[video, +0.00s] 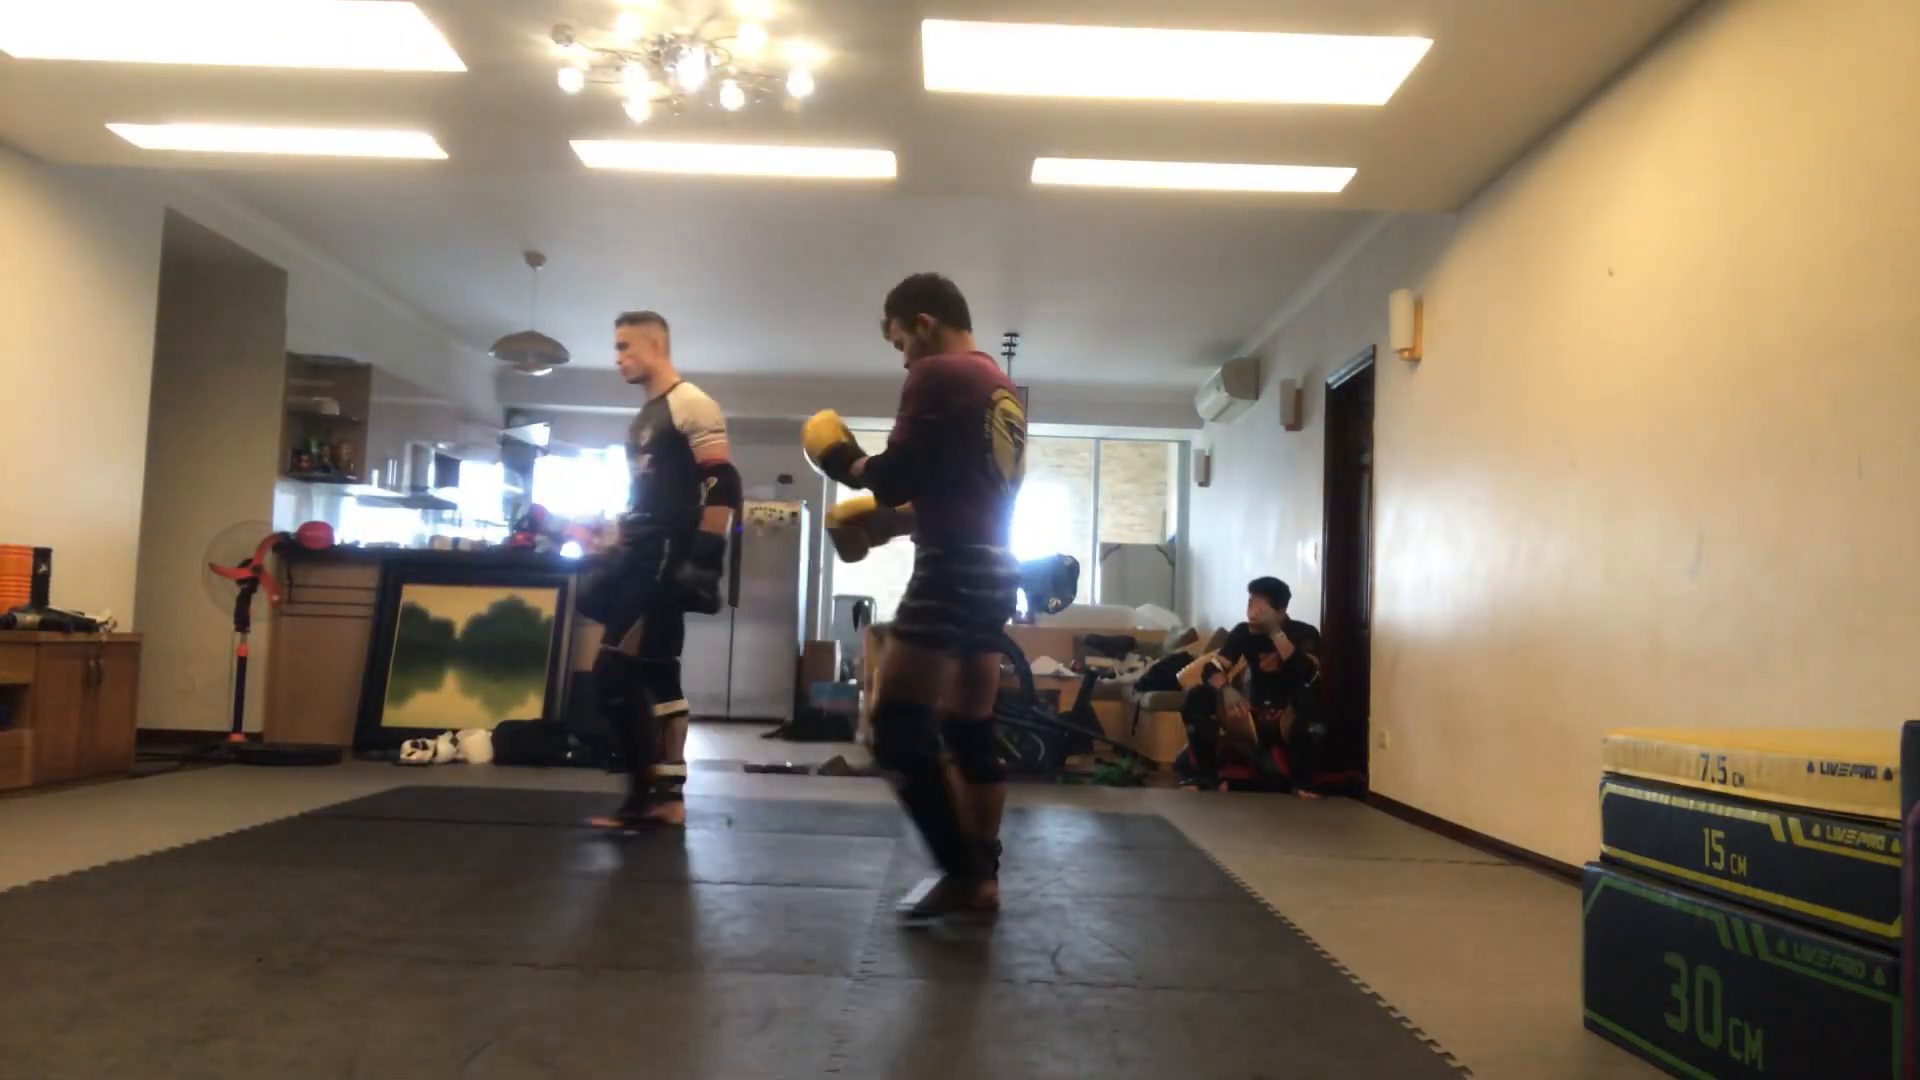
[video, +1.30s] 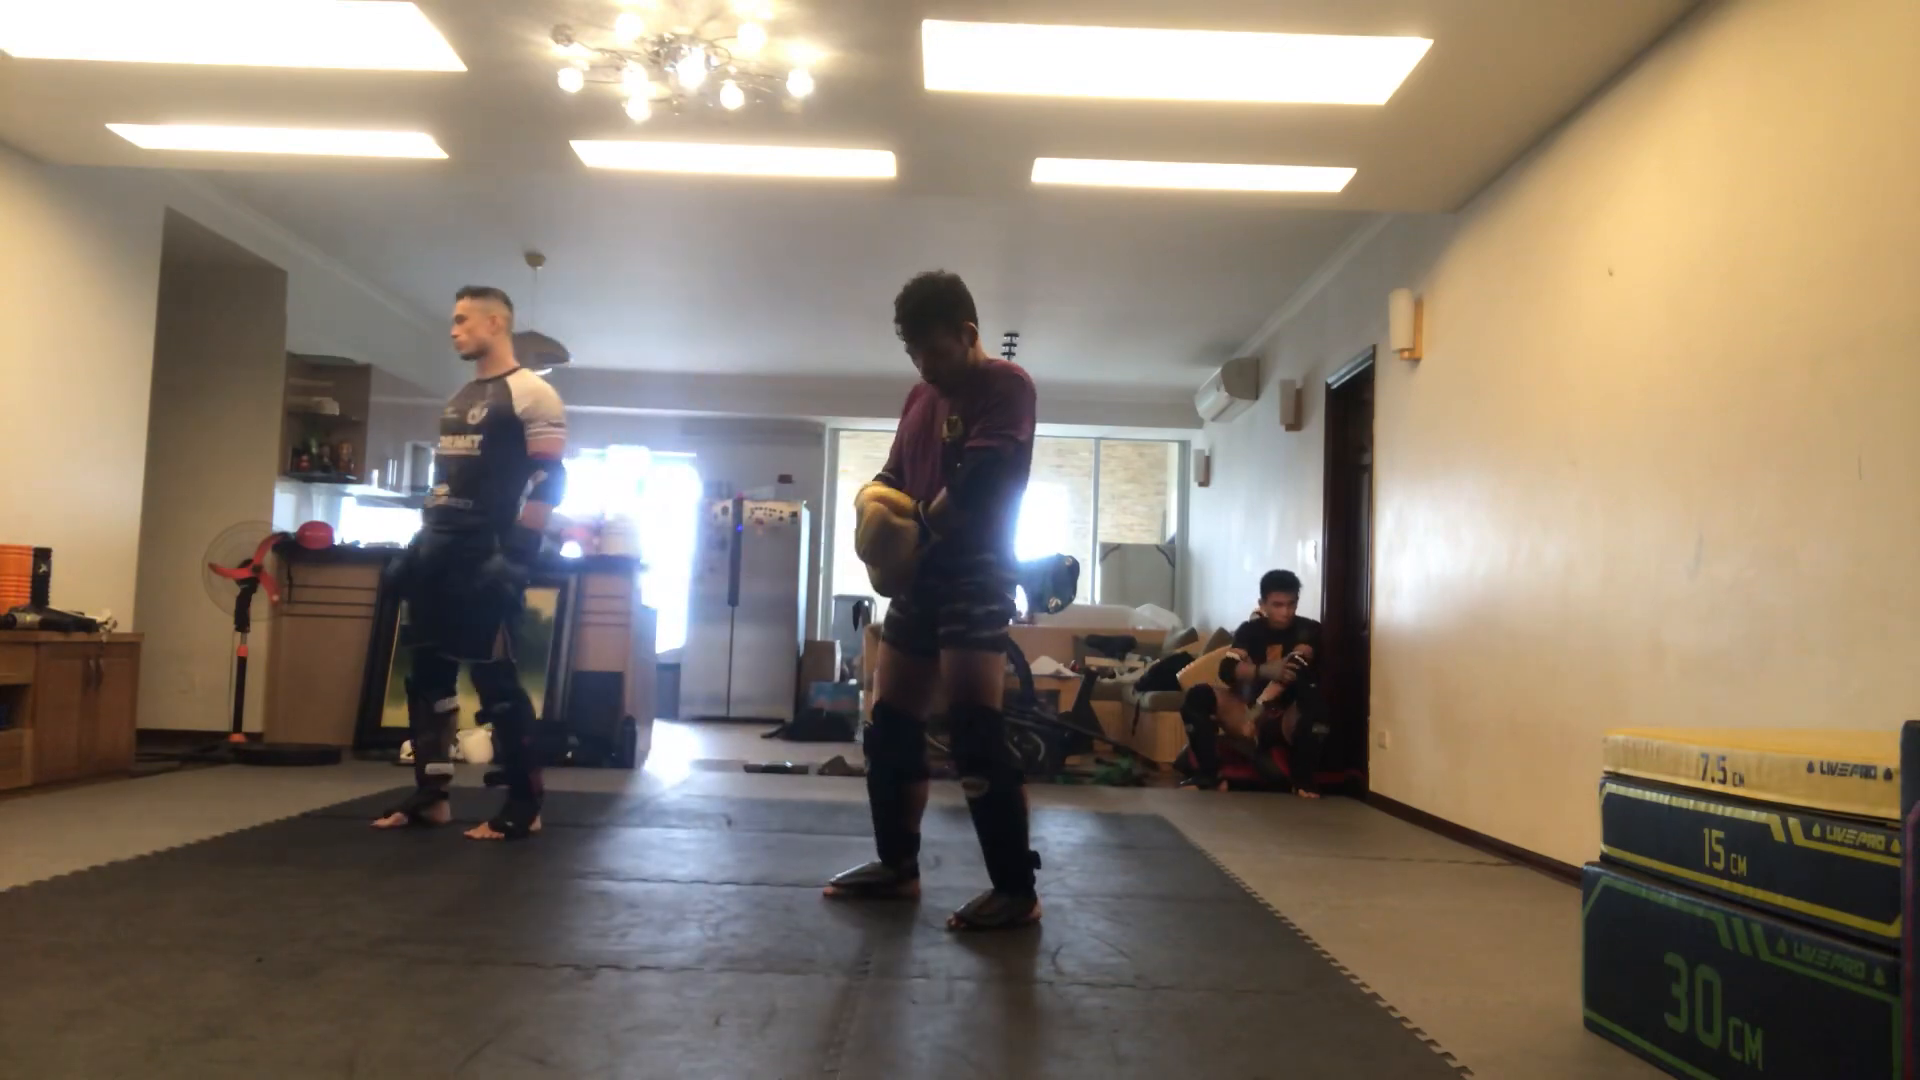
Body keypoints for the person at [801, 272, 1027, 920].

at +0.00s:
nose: (901, 354)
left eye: (899, 340)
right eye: (896, 342)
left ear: (924, 324)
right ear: (951, 326)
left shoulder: (935, 374)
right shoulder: (1000, 382)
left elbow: (897, 474)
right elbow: (965, 490)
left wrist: (841, 459)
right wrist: (880, 522)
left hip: (947, 568)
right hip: (992, 568)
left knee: (898, 723)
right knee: (971, 727)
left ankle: (960, 873)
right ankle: (979, 880)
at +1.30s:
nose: (921, 364)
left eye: (928, 348)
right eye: (912, 350)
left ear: (967, 333)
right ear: (908, 343)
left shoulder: (1005, 385)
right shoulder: (922, 395)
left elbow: (976, 487)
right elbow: (893, 476)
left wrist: (914, 532)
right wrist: (878, 510)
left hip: (977, 579)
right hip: (919, 580)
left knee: (974, 730)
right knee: (891, 725)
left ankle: (1015, 892)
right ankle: (896, 867)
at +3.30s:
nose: (915, 337)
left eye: (922, 323)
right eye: (915, 325)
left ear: (959, 324)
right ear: (964, 326)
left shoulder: (980, 379)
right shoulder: (977, 382)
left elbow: (994, 479)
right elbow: (992, 489)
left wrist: (944, 560)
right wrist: (944, 573)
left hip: (1003, 572)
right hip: (975, 573)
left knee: (997, 722)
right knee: (939, 718)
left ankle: (1016, 893)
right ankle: (953, 865)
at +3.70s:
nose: (904, 347)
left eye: (911, 333)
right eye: (905, 335)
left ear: (944, 333)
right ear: (956, 337)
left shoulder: (962, 383)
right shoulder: (980, 388)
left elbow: (966, 483)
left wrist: (912, 562)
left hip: (975, 569)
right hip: (990, 568)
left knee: (929, 717)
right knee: (963, 726)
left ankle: (930, 869)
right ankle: (956, 872)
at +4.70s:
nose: (850, 352)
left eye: (855, 338)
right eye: (851, 338)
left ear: (881, 341)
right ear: (904, 343)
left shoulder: (910, 414)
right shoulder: (927, 408)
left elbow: (885, 531)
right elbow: (901, 526)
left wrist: (841, 609)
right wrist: (854, 601)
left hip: (900, 591)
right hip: (913, 588)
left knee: (876, 726)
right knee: (872, 716)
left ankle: (877, 870)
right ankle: (924, 823)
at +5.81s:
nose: (868, 379)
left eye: (871, 367)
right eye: (868, 368)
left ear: (895, 362)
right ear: (913, 364)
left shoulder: (932, 419)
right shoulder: (933, 420)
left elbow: (928, 511)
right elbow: (926, 514)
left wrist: (900, 587)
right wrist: (899, 588)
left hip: (909, 590)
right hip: (926, 591)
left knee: (883, 720)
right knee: (919, 724)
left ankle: (897, 852)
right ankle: (918, 846)